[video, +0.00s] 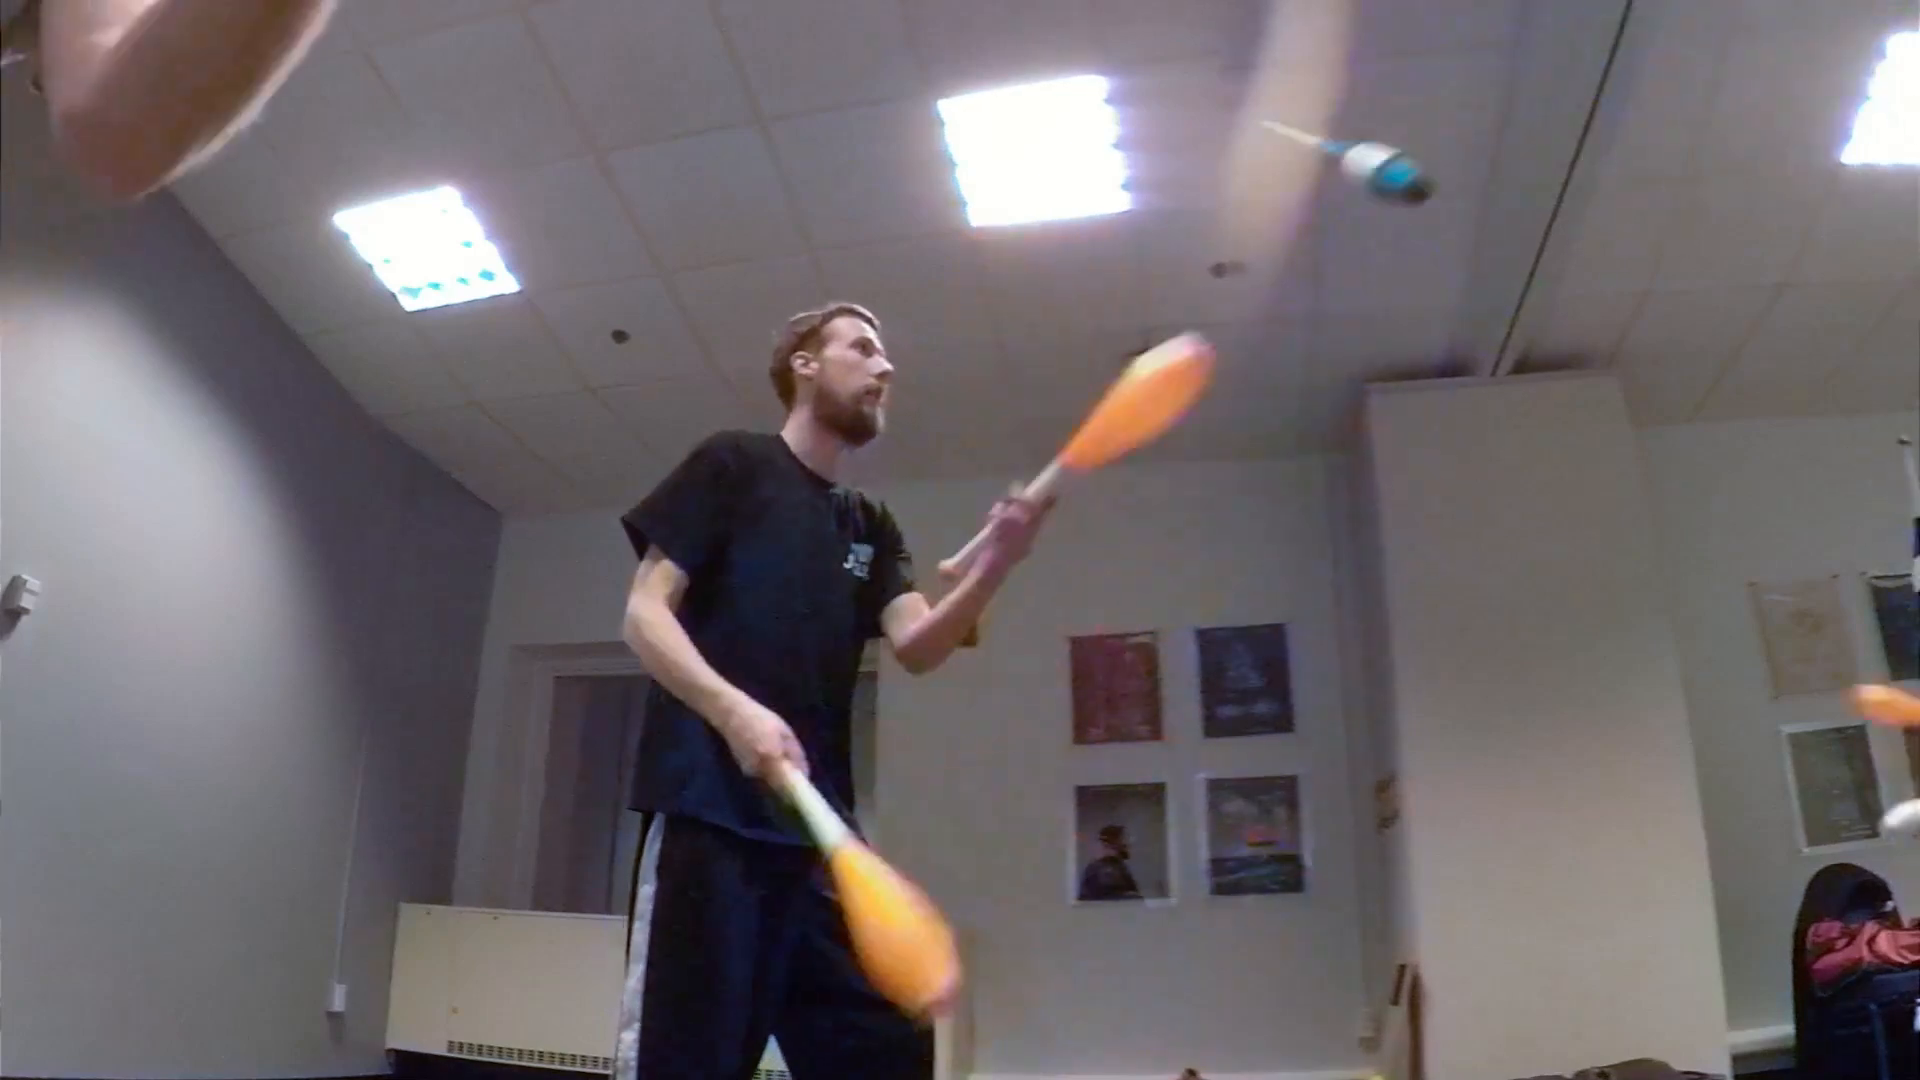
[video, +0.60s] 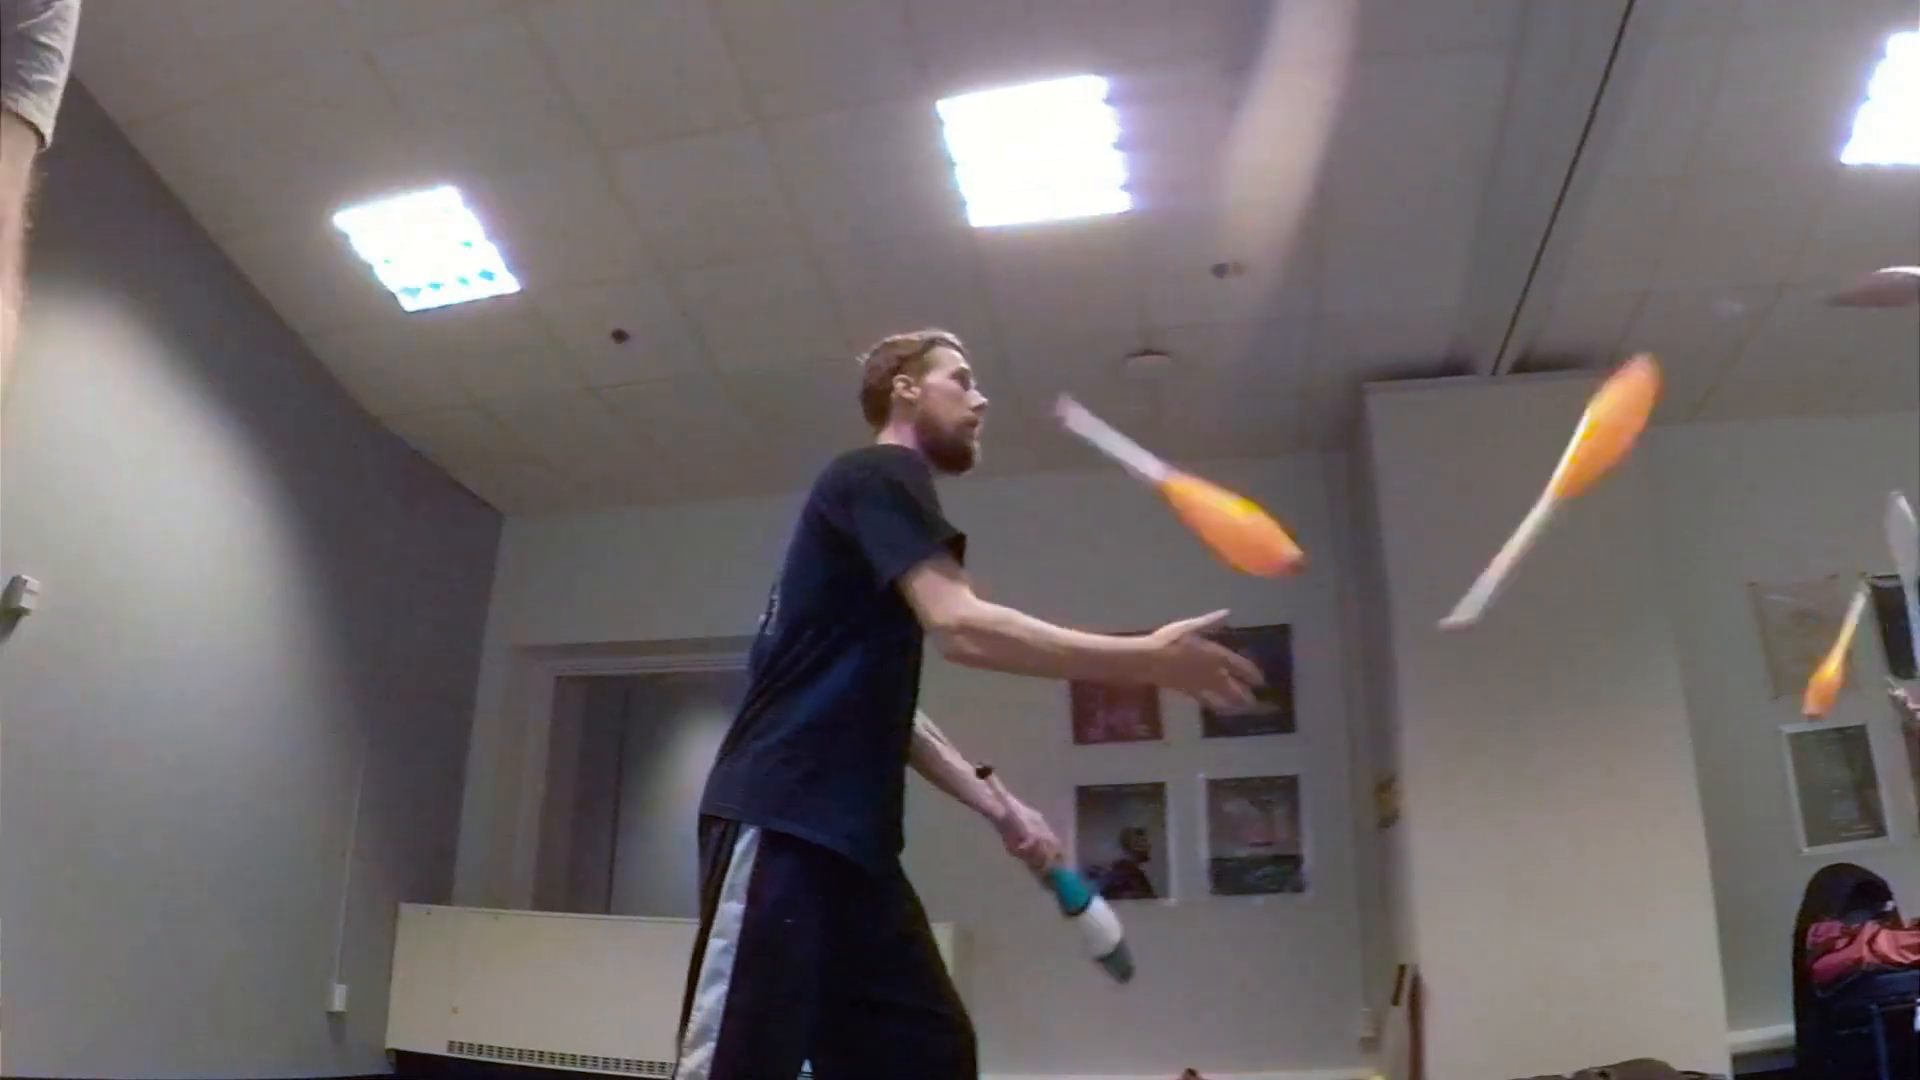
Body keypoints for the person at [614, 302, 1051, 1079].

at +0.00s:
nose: (885, 367)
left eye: (884, 357)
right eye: (862, 348)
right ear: (802, 365)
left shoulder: (867, 524)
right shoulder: (731, 463)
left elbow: (918, 644)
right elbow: (644, 614)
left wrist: (992, 558)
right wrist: (734, 712)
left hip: (822, 836)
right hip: (709, 825)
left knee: (883, 1046)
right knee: (694, 1056)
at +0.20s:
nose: (895, 381)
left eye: (894, 369)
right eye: (873, 361)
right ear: (813, 377)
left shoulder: (875, 532)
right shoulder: (762, 485)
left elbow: (988, 592)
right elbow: (717, 660)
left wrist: (1079, 472)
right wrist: (770, 827)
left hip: (842, 846)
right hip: (744, 841)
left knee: (918, 1053)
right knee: (711, 1065)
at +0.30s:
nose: (915, 384)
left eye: (913, 371)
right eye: (893, 365)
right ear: (835, 382)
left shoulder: (868, 533)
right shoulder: (809, 483)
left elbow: (977, 624)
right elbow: (792, 664)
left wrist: (1058, 521)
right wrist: (869, 835)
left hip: (846, 850)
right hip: (770, 841)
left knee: (934, 1050)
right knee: (742, 1064)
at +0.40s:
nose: (943, 389)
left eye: (938, 375)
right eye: (921, 371)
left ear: (877, 390)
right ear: (866, 384)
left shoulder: (853, 491)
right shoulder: (854, 477)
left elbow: (898, 679)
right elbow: (893, 657)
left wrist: (1025, 631)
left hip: (850, 844)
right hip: (784, 838)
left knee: (932, 1054)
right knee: (741, 1063)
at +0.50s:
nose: (967, 396)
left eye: (964, 382)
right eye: (948, 376)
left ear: (899, 394)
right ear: (893, 387)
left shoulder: (869, 502)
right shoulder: (871, 477)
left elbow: (876, 700)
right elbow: (978, 627)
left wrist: (1016, 735)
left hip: (851, 840)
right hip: (786, 826)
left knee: (927, 1052)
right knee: (739, 1060)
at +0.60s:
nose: (980, 399)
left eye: (976, 382)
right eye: (959, 379)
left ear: (913, 398)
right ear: (903, 393)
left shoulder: (888, 509)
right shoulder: (871, 475)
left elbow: (883, 710)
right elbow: (959, 624)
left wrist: (1001, 807)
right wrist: (1147, 656)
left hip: (851, 838)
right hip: (783, 820)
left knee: (928, 1052)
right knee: (734, 1057)